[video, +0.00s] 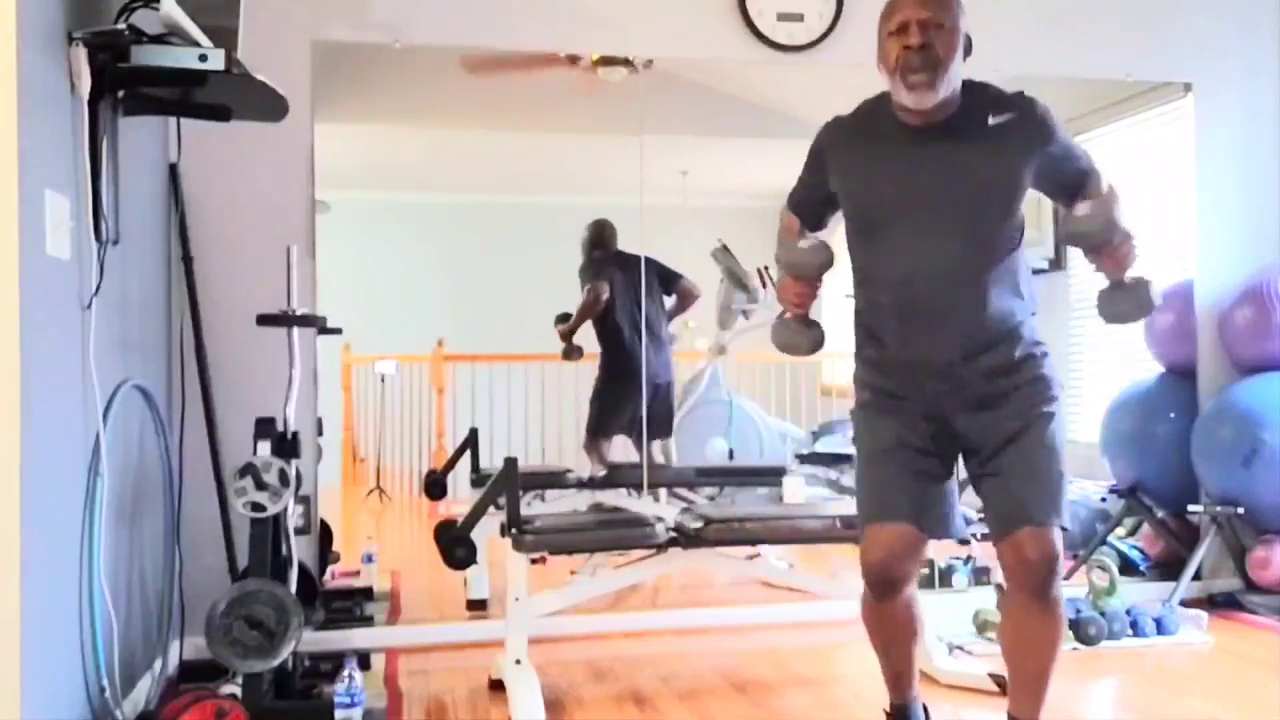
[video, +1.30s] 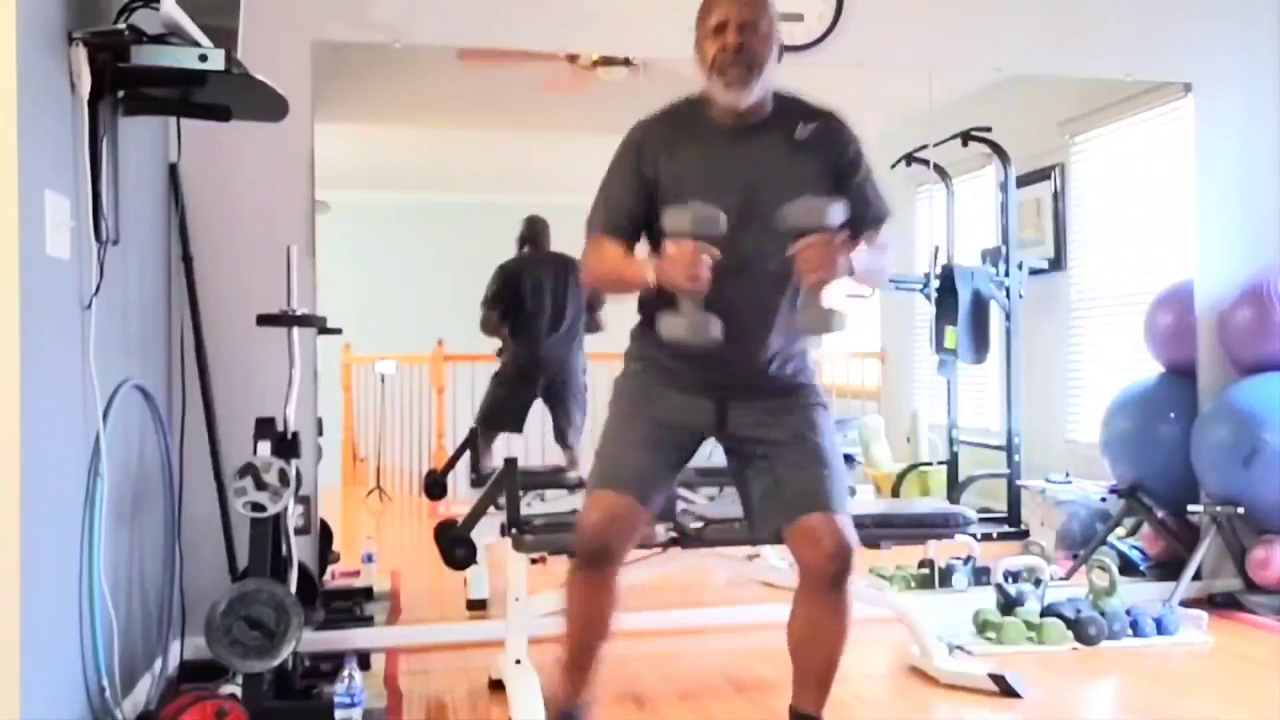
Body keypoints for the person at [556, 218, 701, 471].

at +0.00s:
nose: (584, 247)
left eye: (585, 242)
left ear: (589, 243)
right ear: (615, 241)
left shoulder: (594, 264)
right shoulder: (643, 263)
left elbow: (599, 295)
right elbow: (691, 292)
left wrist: (571, 329)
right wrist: (664, 319)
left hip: (623, 370)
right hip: (660, 370)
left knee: (595, 444)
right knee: (649, 444)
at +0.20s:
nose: (585, 245)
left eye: (586, 240)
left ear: (590, 239)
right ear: (616, 238)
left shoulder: (592, 265)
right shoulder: (650, 264)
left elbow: (583, 313)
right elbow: (678, 313)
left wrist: (566, 331)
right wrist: (649, 321)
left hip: (617, 361)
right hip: (656, 362)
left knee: (569, 429)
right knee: (648, 436)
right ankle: (662, 505)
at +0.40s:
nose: (575, 272)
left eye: (577, 267)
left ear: (579, 268)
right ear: (605, 269)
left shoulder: (575, 299)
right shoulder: (633, 296)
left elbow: (560, 355)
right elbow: (648, 338)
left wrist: (559, 368)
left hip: (599, 392)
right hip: (641, 391)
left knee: (541, 448)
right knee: (647, 456)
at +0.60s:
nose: (554, 266)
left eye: (555, 262)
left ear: (557, 263)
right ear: (584, 263)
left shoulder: (552, 294)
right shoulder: (613, 291)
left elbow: (536, 348)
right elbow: (631, 347)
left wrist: (539, 362)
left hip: (579, 385)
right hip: (620, 384)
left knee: (531, 448)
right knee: (636, 452)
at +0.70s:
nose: (542, 248)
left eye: (543, 244)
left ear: (546, 244)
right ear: (572, 242)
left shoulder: (541, 273)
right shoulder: (603, 270)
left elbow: (529, 326)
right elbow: (624, 321)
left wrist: (520, 337)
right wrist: (593, 326)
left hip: (564, 368)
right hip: (605, 367)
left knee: (533, 443)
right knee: (618, 440)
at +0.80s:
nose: (536, 236)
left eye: (537, 232)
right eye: (539, 233)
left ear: (539, 231)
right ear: (565, 230)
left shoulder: (535, 257)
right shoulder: (596, 256)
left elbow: (523, 305)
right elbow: (626, 304)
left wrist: (506, 320)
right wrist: (599, 315)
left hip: (555, 355)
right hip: (596, 355)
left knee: (533, 430)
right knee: (598, 424)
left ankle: (532, 492)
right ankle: (601, 477)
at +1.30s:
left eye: (526, 236)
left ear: (522, 238)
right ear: (548, 238)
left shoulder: (509, 270)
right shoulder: (575, 268)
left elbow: (489, 324)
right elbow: (597, 321)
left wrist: (511, 333)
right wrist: (567, 324)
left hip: (520, 366)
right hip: (566, 366)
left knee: (486, 430)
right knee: (571, 439)